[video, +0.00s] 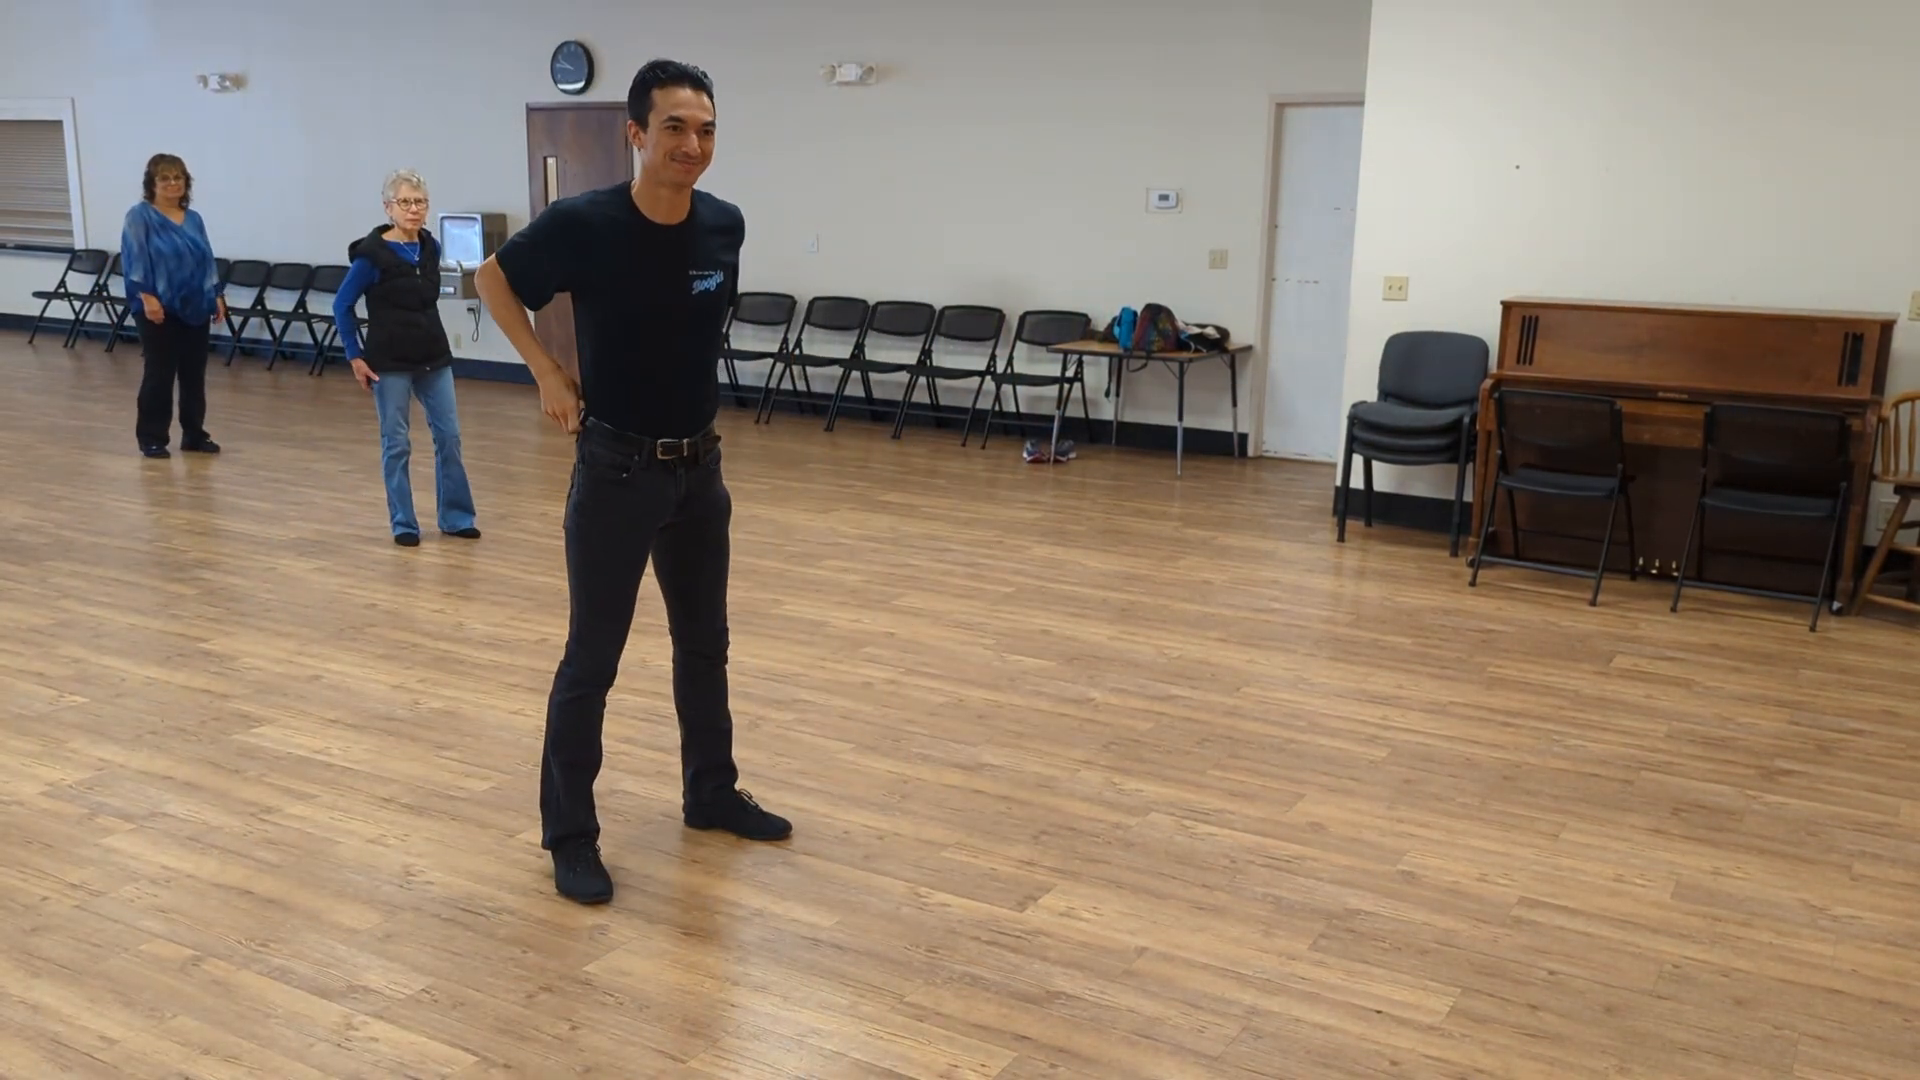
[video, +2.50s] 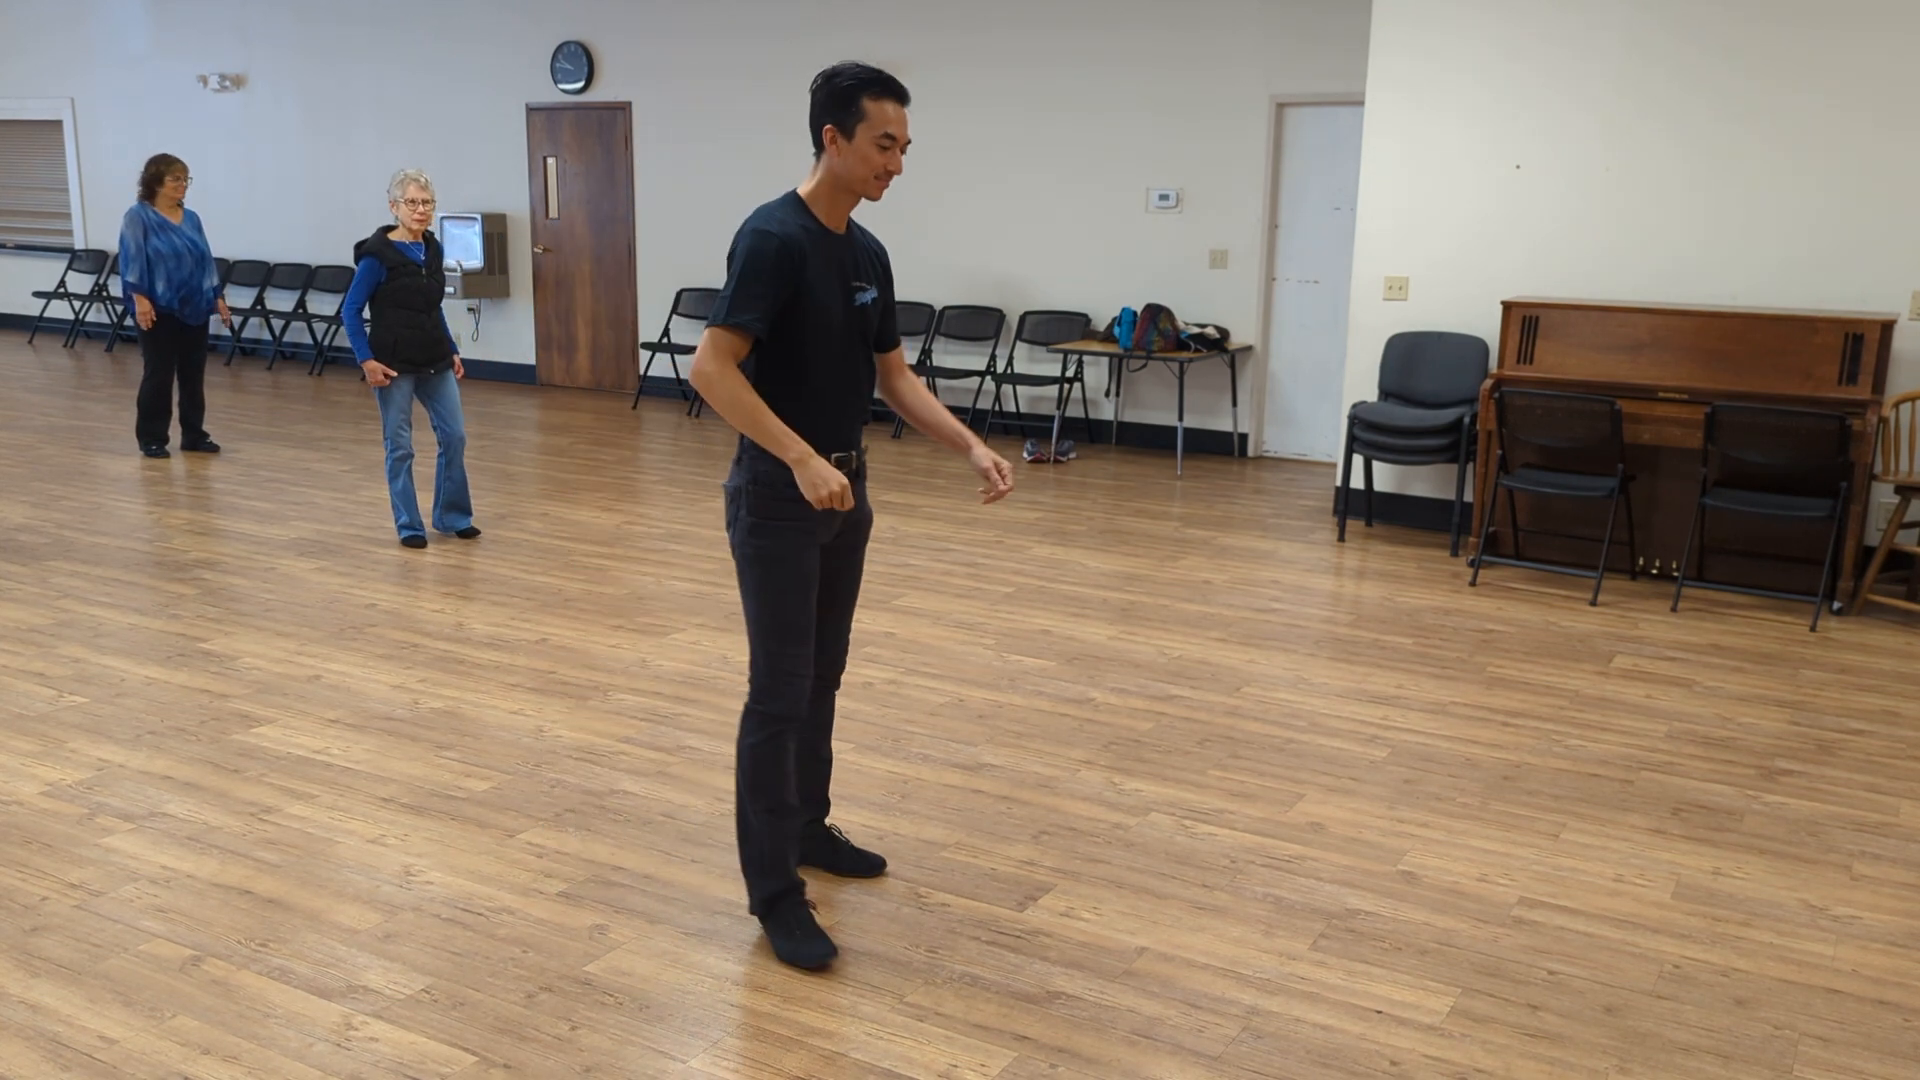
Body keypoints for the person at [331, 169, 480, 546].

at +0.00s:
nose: (415, 209)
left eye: (420, 202)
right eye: (406, 203)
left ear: (427, 208)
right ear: (389, 207)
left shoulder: (429, 247)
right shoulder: (373, 254)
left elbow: (424, 300)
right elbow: (342, 305)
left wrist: (428, 341)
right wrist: (355, 357)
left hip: (433, 357)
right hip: (390, 361)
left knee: (449, 436)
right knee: (397, 444)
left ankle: (456, 517)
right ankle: (404, 524)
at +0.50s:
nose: (434, 207)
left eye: (440, 201)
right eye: (426, 201)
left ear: (447, 205)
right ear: (410, 205)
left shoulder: (450, 246)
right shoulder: (394, 251)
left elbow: (452, 305)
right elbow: (367, 307)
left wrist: (466, 353)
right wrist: (379, 357)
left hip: (453, 357)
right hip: (410, 359)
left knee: (453, 441)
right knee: (409, 444)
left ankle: (455, 518)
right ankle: (406, 524)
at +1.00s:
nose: (449, 210)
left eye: (455, 203)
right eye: (441, 204)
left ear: (462, 208)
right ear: (425, 209)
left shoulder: (467, 250)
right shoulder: (409, 254)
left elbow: (473, 303)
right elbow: (384, 309)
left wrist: (487, 346)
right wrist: (395, 358)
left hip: (470, 360)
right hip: (427, 363)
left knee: (462, 440)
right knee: (430, 444)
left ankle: (457, 518)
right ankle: (410, 524)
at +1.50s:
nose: (450, 209)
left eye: (456, 202)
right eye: (442, 203)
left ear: (464, 207)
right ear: (426, 207)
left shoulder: (470, 250)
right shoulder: (410, 253)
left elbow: (478, 306)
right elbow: (382, 306)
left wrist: (486, 348)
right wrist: (389, 355)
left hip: (467, 360)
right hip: (422, 362)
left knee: (460, 440)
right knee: (429, 442)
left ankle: (457, 518)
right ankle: (414, 525)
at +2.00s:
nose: (434, 207)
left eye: (440, 201)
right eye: (425, 200)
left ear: (448, 206)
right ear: (409, 204)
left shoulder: (447, 249)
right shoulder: (391, 250)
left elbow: (447, 305)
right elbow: (358, 304)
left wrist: (463, 350)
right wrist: (370, 354)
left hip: (444, 360)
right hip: (399, 363)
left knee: (453, 441)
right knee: (404, 446)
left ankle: (457, 518)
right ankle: (411, 526)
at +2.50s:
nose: (422, 210)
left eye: (427, 203)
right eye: (413, 203)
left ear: (433, 207)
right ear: (395, 206)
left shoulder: (432, 249)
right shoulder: (379, 253)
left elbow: (433, 307)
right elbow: (350, 310)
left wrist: (451, 351)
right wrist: (366, 360)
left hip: (436, 361)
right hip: (393, 364)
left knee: (454, 435)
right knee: (400, 447)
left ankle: (452, 517)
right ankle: (409, 526)